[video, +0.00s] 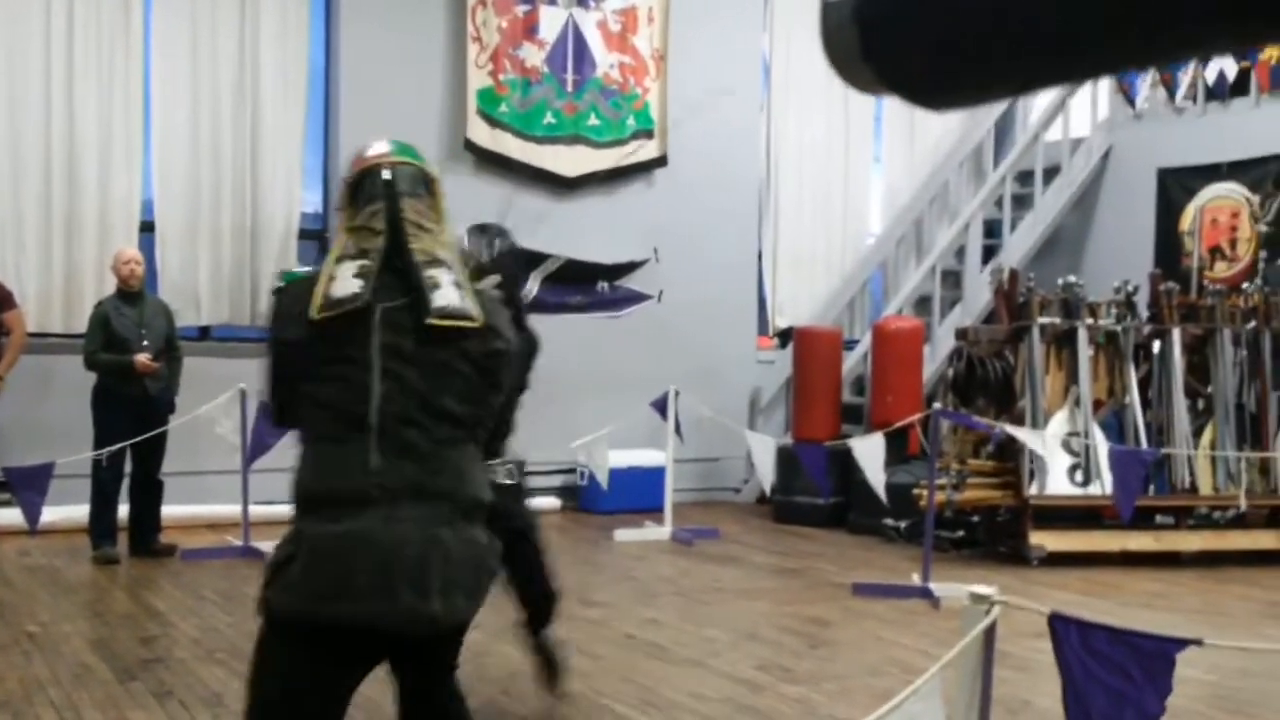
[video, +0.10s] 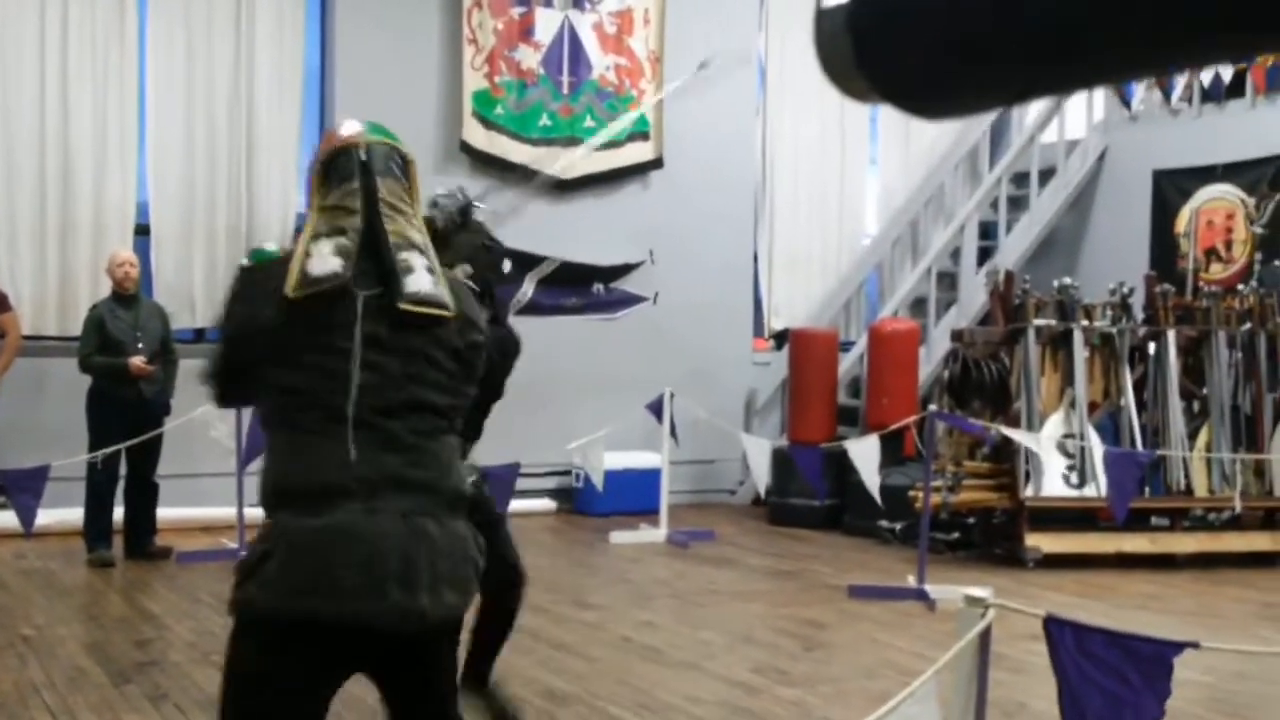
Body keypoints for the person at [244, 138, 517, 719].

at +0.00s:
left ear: (347, 209)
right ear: (433, 206)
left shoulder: (302, 300)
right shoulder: (484, 308)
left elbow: (287, 409)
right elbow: (489, 431)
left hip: (332, 567)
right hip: (443, 568)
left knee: (284, 708)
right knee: (432, 686)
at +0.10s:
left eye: (320, 179)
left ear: (318, 192)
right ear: (410, 195)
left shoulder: (269, 285)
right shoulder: (462, 304)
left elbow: (232, 385)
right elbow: (462, 421)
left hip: (304, 573)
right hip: (425, 578)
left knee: (260, 707)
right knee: (430, 706)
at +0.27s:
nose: (283, 182)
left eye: (288, 168)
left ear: (301, 177)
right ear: (397, 182)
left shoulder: (259, 270)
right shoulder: (429, 287)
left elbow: (178, 374)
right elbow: (473, 378)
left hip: (287, 582)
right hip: (414, 591)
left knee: (233, 706)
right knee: (422, 705)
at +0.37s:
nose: (281, 182)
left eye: (288, 167)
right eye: (287, 167)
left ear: (302, 176)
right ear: (399, 184)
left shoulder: (246, 274)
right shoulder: (427, 289)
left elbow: (172, 403)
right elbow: (450, 377)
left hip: (274, 598)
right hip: (401, 604)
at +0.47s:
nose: (297, 184)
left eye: (305, 169)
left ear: (317, 177)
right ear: (417, 186)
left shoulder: (250, 277)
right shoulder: (446, 303)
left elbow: (193, 415)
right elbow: (429, 425)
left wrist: (231, 502)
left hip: (269, 606)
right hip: (402, 611)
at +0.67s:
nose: (282, 289)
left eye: (294, 277)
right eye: (270, 277)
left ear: (312, 285)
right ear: (247, 282)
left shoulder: (328, 359)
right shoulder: (223, 358)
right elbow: (224, 459)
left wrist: (230, 425)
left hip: (306, 534)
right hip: (232, 524)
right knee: (191, 648)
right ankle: (185, 712)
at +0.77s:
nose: (267, 310)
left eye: (275, 298)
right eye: (254, 300)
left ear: (292, 281)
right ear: (231, 287)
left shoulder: (323, 341)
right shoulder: (213, 350)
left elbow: (345, 426)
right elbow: (216, 453)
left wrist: (272, 449)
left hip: (312, 509)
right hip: (232, 508)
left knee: (342, 633)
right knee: (191, 639)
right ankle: (183, 715)